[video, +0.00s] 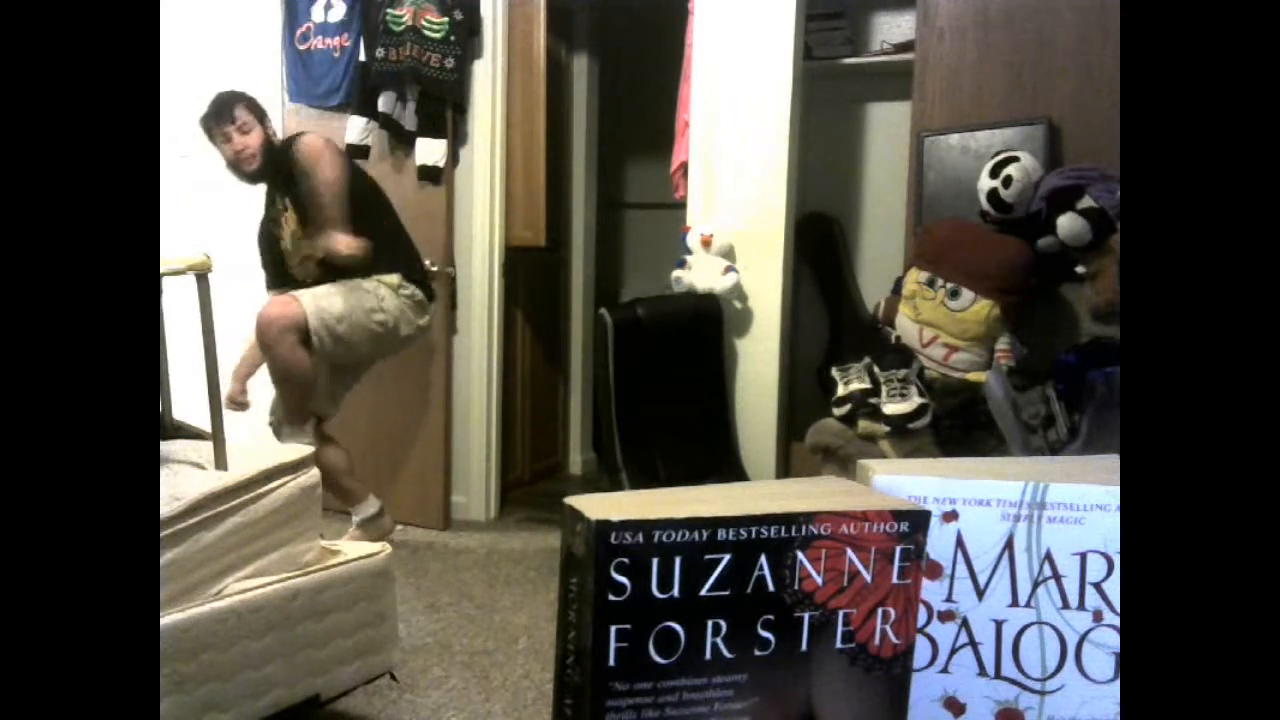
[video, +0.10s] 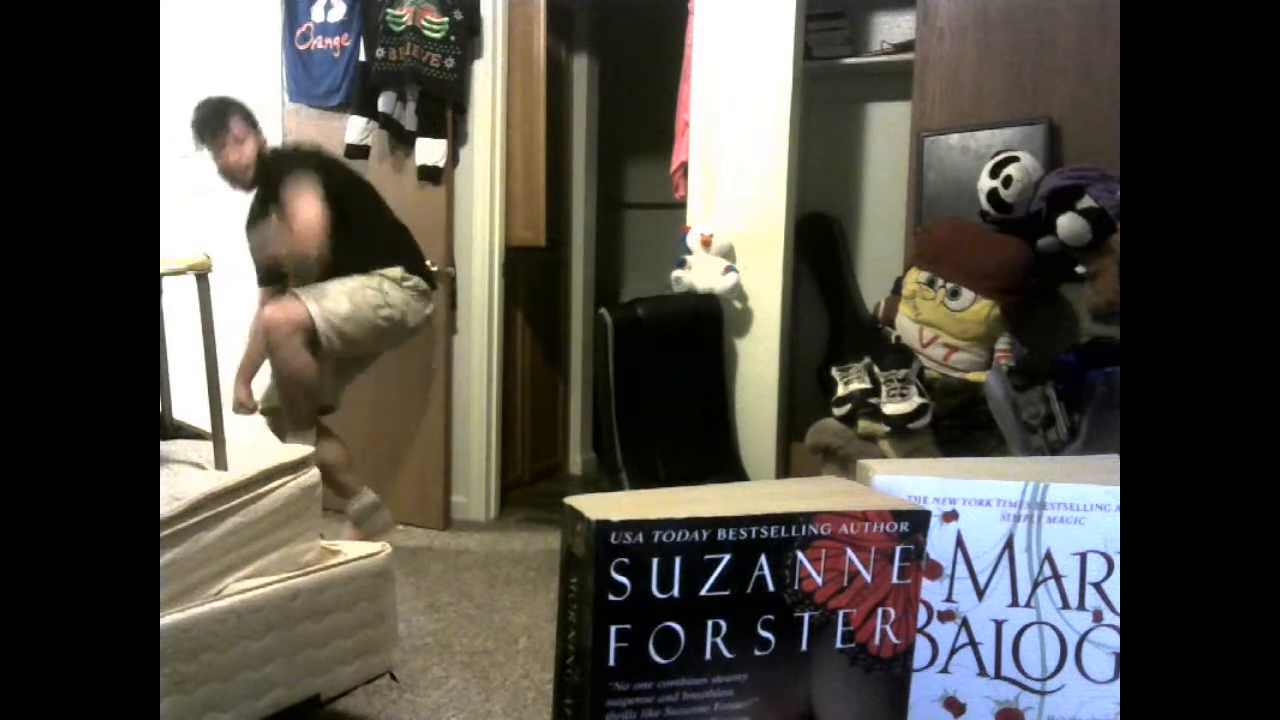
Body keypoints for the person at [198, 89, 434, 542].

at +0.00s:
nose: (237, 146)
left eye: (243, 130)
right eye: (225, 140)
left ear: (266, 127)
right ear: (219, 151)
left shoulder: (305, 150)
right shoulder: (272, 228)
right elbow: (283, 303)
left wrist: (326, 236)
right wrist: (244, 372)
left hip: (397, 293)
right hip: (350, 312)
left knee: (277, 318)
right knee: (305, 421)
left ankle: (295, 421)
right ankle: (369, 512)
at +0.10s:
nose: (224, 160)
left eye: (230, 144)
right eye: (215, 151)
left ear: (252, 135)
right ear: (212, 154)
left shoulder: (294, 167)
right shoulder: (260, 215)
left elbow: (310, 247)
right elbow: (271, 303)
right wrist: (244, 377)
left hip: (398, 285)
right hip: (359, 300)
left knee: (282, 318)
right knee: (283, 411)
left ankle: (303, 431)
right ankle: (359, 501)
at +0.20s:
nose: (214, 178)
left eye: (217, 163)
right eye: (207, 168)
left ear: (240, 149)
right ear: (209, 167)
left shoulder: (301, 185)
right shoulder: (253, 225)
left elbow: (322, 289)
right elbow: (267, 310)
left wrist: (263, 289)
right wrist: (242, 389)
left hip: (399, 288)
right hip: (356, 302)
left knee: (280, 331)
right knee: (290, 412)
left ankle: (303, 429)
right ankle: (371, 513)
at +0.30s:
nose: (221, 232)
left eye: (226, 215)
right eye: (210, 222)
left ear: (246, 198)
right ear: (202, 219)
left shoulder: (297, 222)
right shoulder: (242, 253)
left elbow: (366, 319)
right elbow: (257, 331)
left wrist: (306, 369)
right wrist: (234, 404)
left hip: (392, 311)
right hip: (332, 323)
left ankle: (342, 506)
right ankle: (364, 512)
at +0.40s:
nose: (220, 258)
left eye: (223, 241)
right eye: (210, 247)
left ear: (242, 222)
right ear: (202, 243)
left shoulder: (299, 238)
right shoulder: (237, 269)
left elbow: (379, 316)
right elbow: (248, 341)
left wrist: (337, 386)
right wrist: (228, 406)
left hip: (381, 326)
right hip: (327, 331)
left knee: (264, 394)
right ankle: (363, 508)